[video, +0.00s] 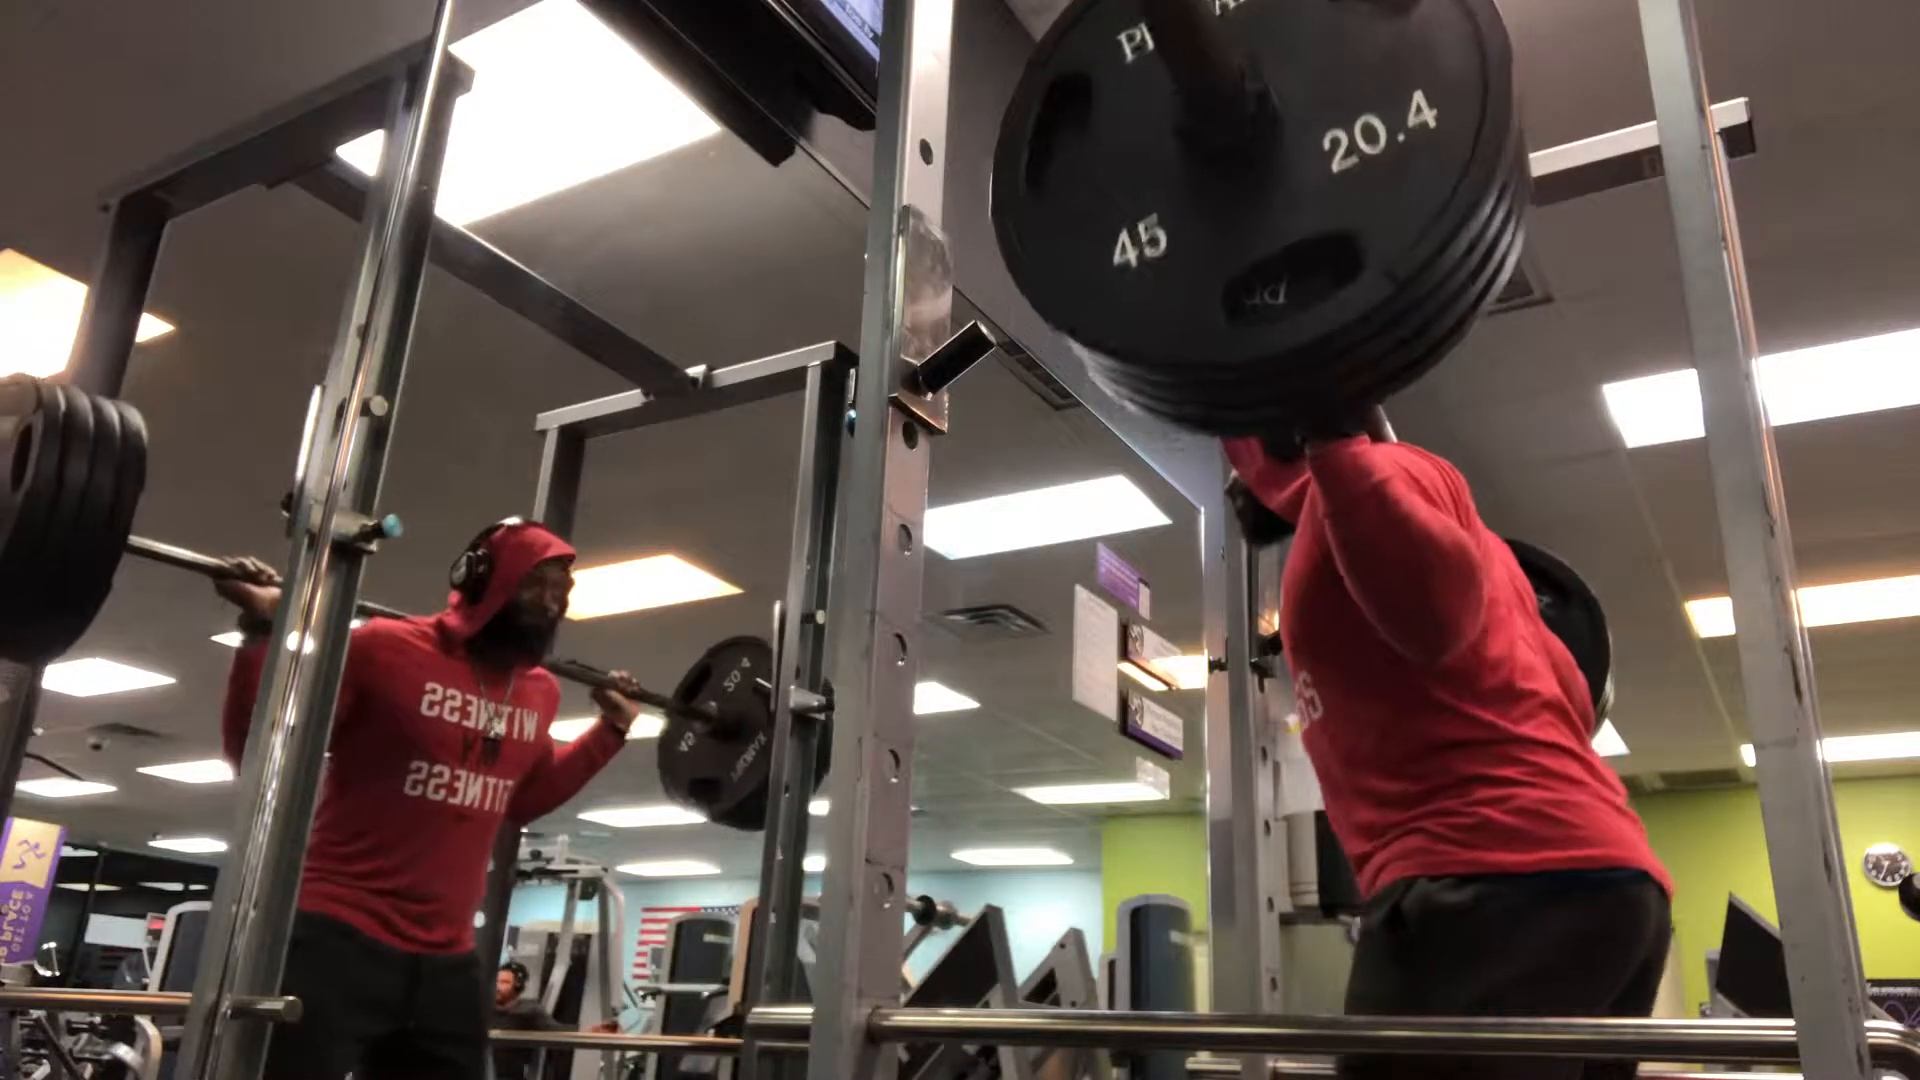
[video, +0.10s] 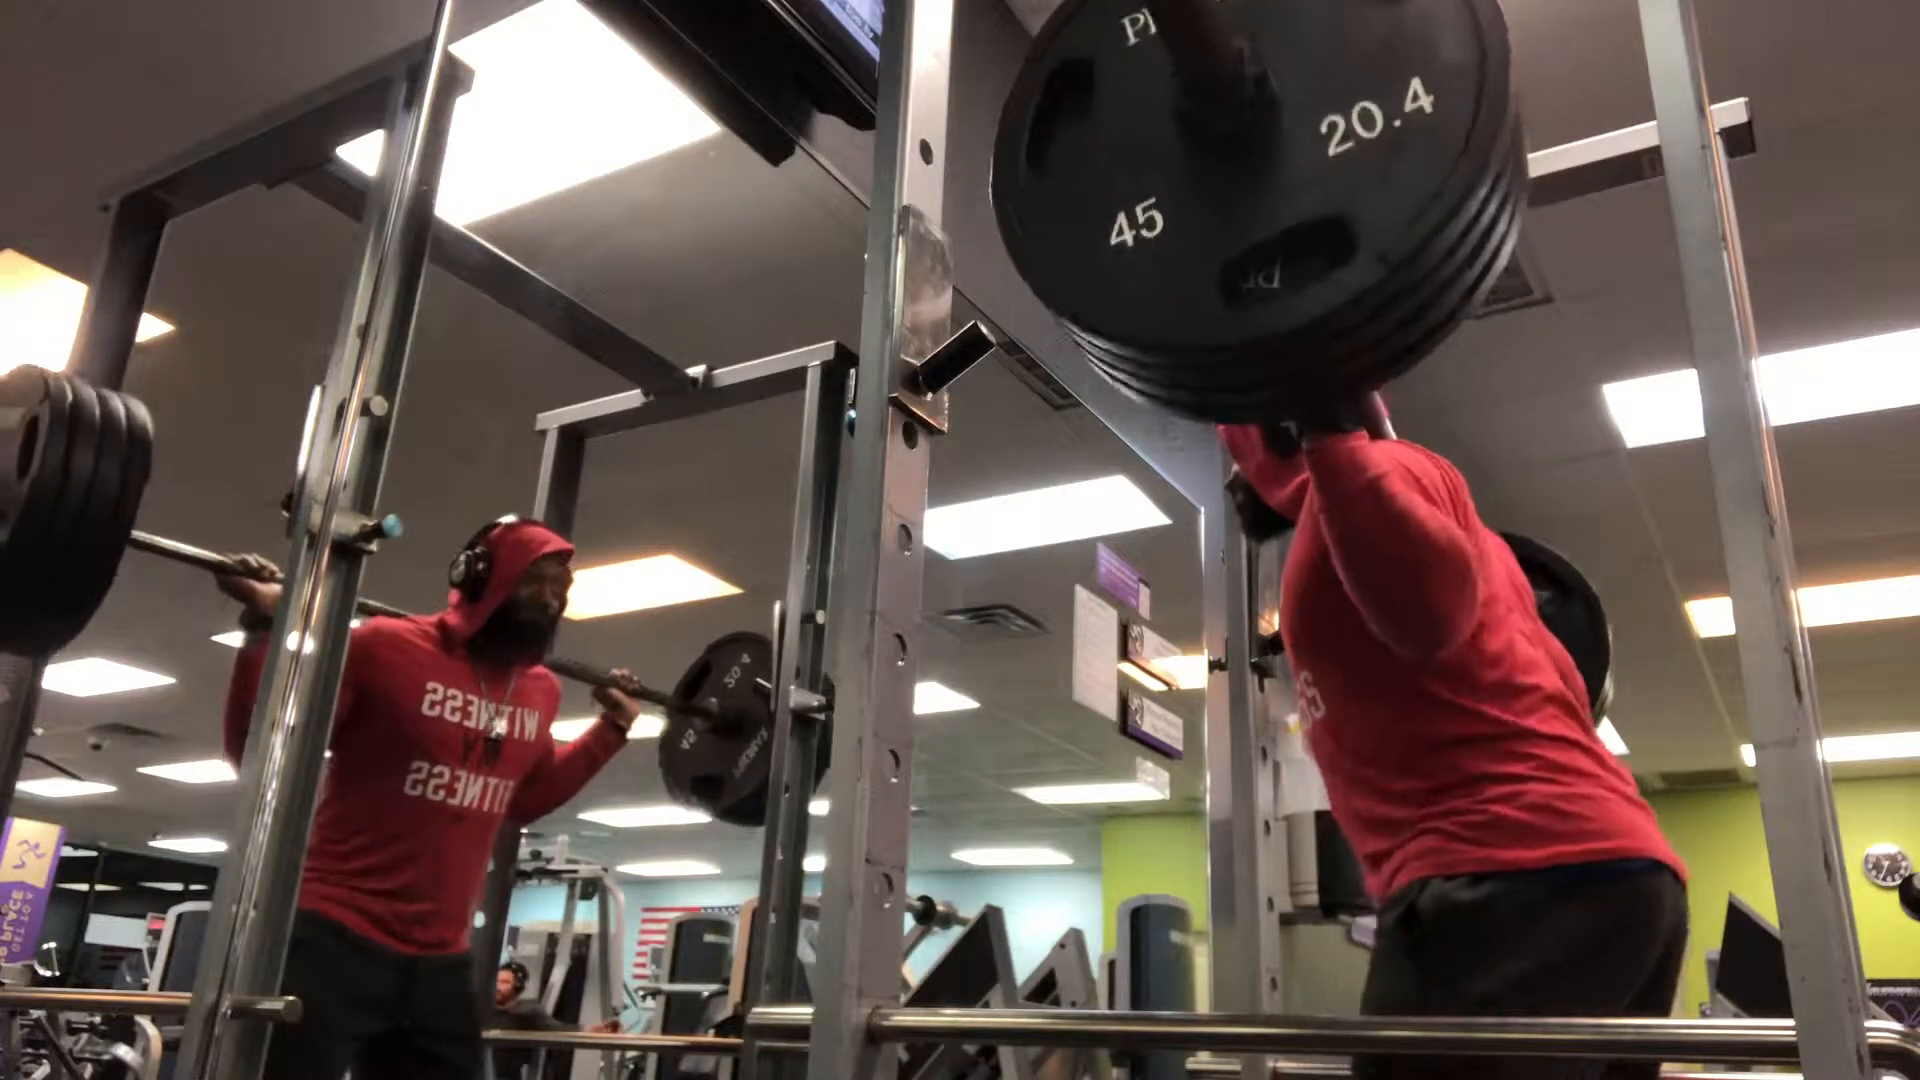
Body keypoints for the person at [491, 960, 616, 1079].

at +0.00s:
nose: (497, 987)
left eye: (504, 983)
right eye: (496, 981)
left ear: (517, 987)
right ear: (492, 982)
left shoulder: (529, 1011)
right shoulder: (485, 1010)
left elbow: (554, 1031)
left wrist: (586, 1034)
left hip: (512, 1073)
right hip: (484, 1072)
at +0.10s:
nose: (498, 987)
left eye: (504, 982)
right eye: (496, 981)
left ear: (517, 987)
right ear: (492, 982)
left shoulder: (528, 1011)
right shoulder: (484, 1010)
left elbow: (555, 1028)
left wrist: (590, 1031)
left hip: (510, 1073)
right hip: (481, 1073)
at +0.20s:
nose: (498, 987)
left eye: (505, 982)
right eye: (496, 981)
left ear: (518, 987)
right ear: (492, 981)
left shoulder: (528, 1011)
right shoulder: (485, 1009)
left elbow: (555, 1028)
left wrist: (590, 1030)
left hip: (508, 1073)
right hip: (481, 1072)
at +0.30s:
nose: (499, 986)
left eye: (506, 982)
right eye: (498, 981)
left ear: (521, 988)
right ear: (495, 981)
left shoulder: (529, 1011)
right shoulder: (485, 1009)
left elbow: (557, 1027)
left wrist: (593, 1030)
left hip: (508, 1072)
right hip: (482, 1071)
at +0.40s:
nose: (502, 985)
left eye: (510, 982)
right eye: (503, 980)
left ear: (523, 988)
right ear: (499, 980)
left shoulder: (530, 1010)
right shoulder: (489, 1008)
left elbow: (556, 1025)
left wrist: (592, 1029)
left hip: (507, 1073)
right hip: (481, 1071)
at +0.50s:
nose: (503, 984)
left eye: (510, 981)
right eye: (503, 979)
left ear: (523, 987)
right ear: (499, 979)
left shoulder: (529, 1010)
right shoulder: (489, 1007)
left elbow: (555, 1024)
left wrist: (591, 1029)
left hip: (507, 1072)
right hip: (481, 1070)